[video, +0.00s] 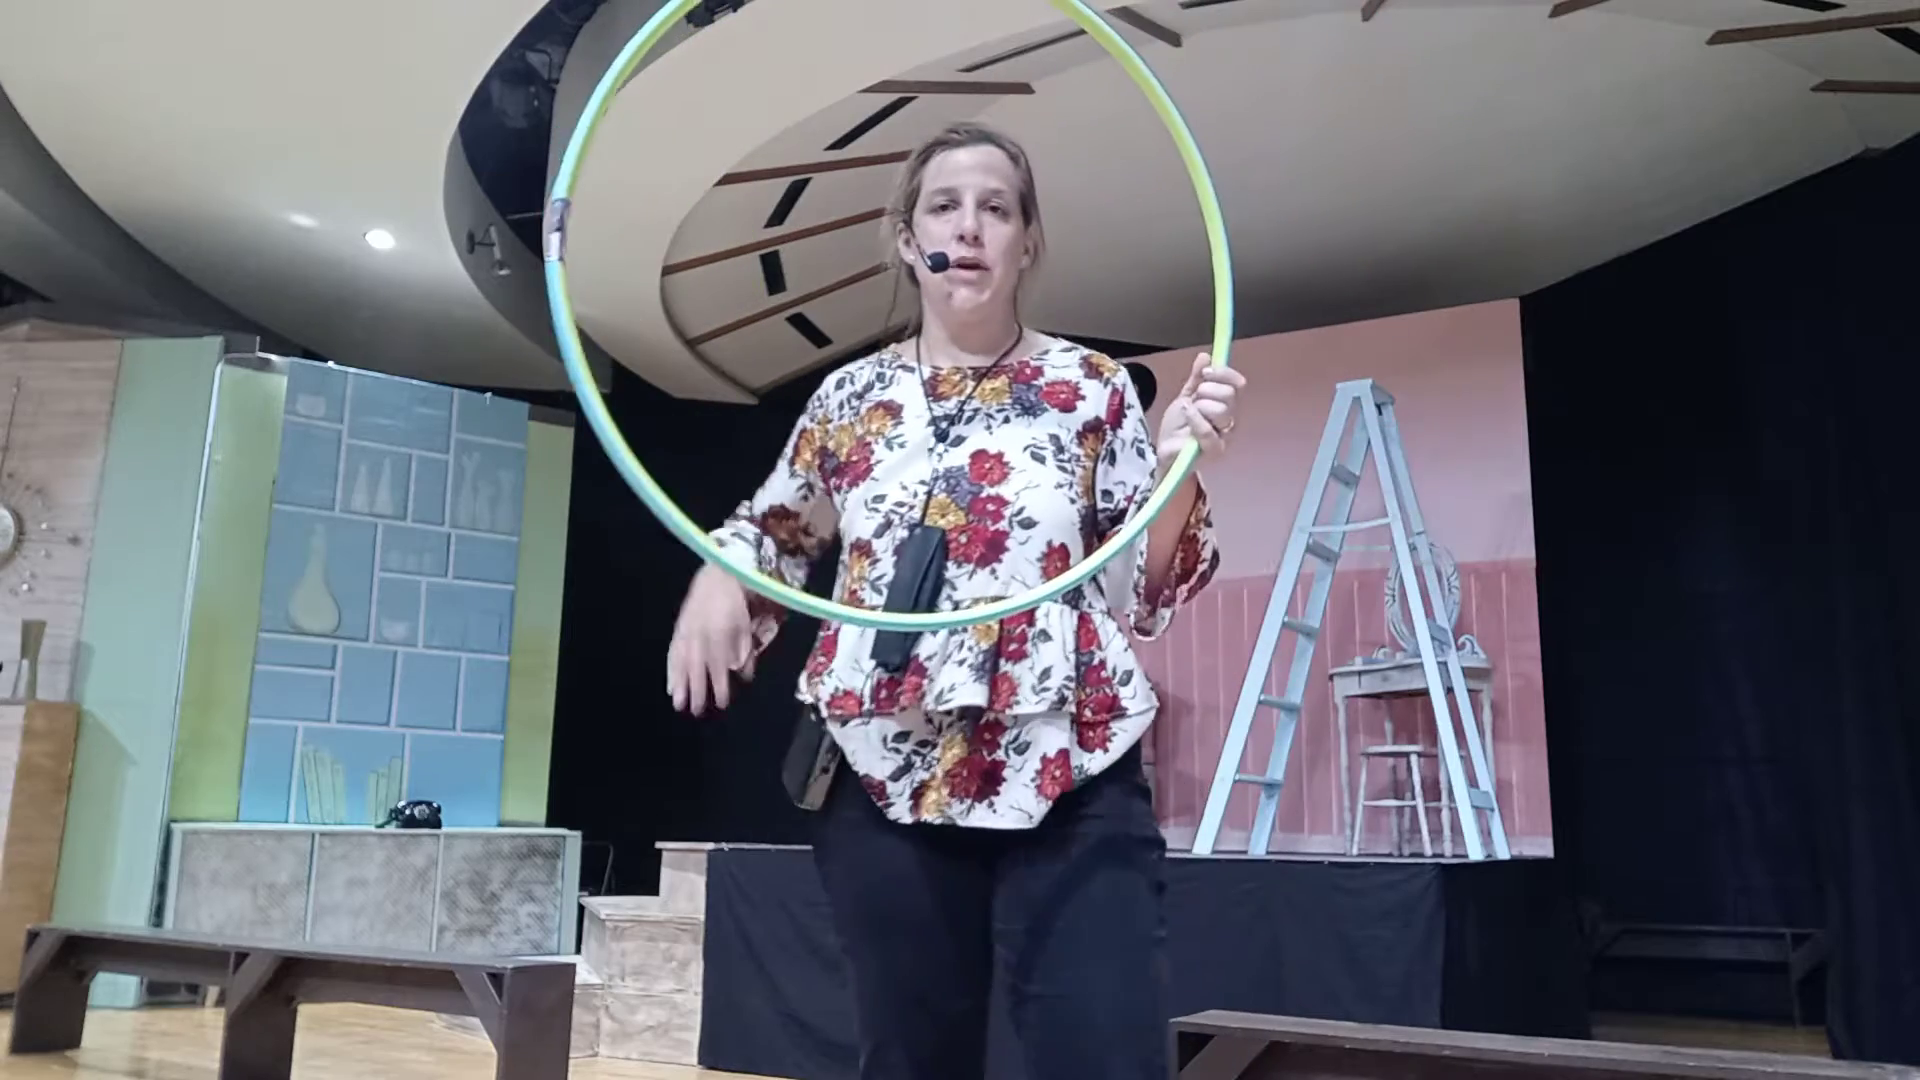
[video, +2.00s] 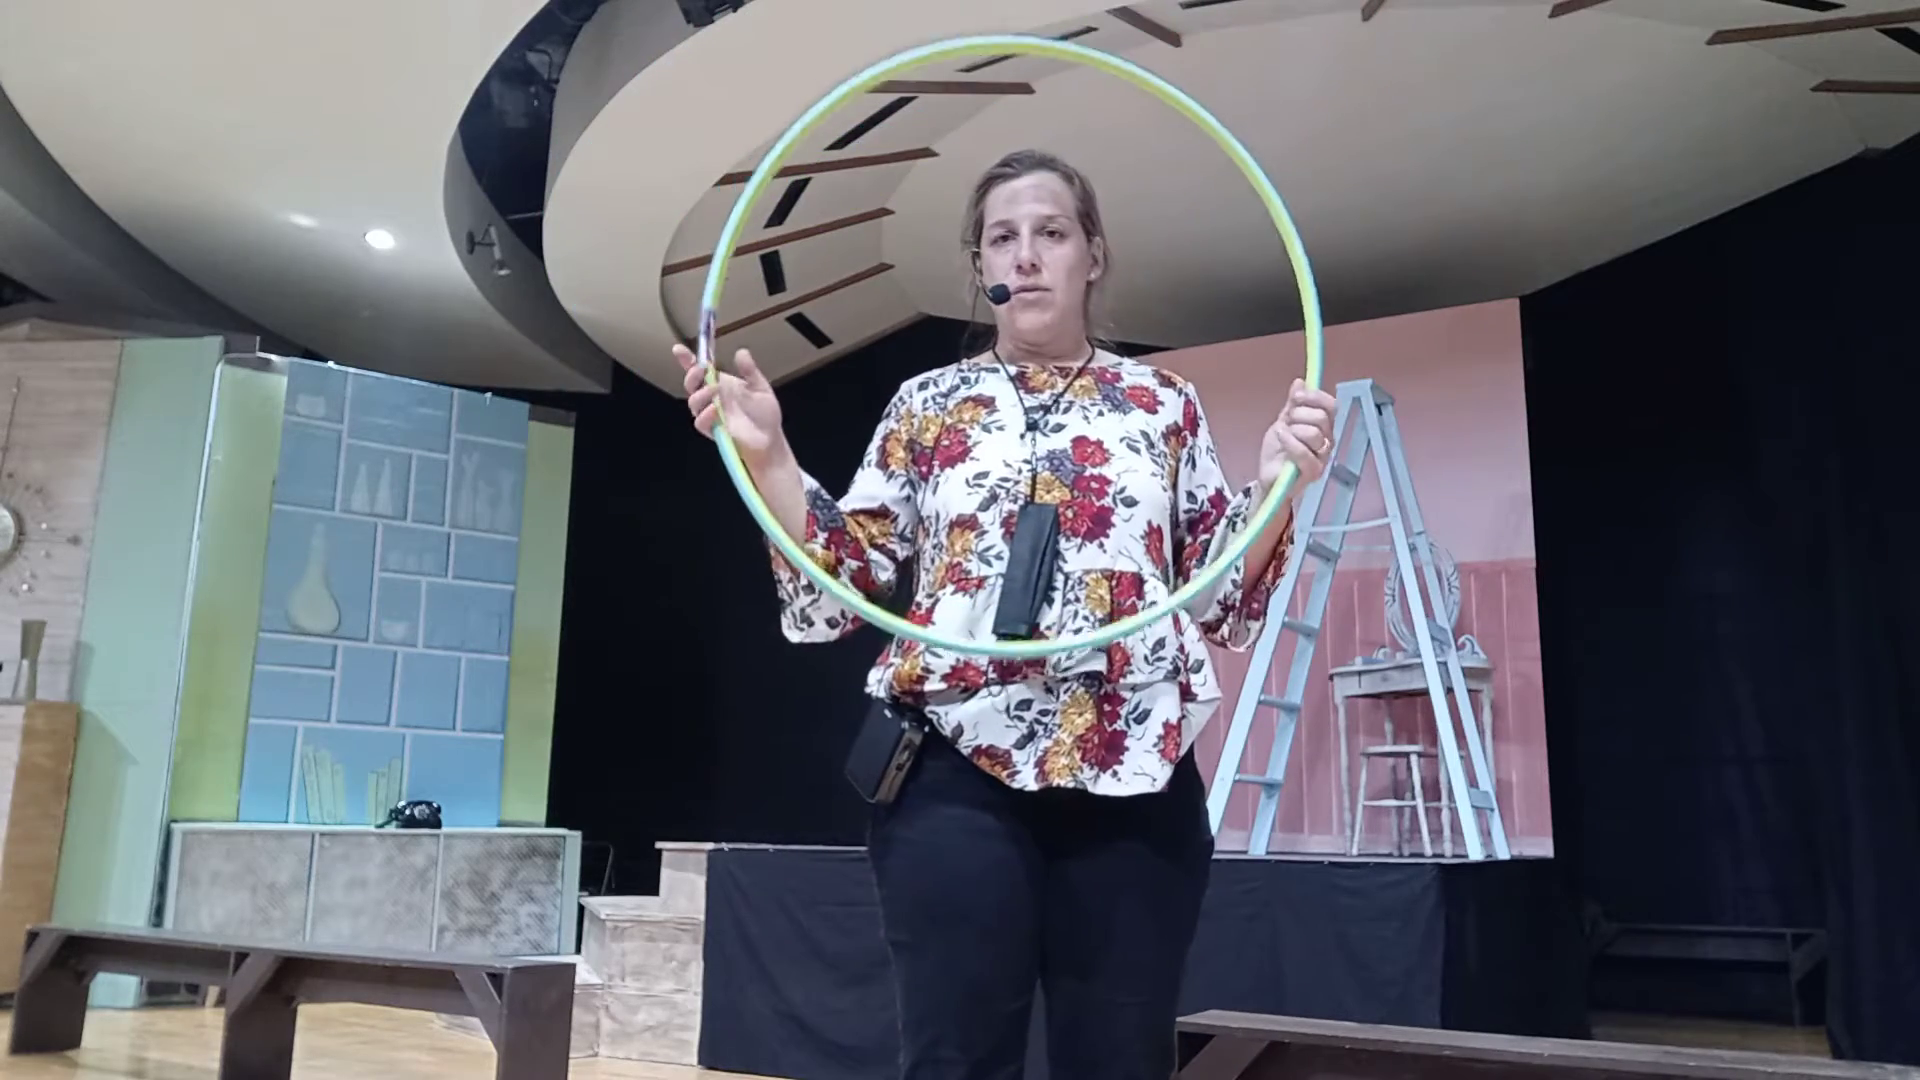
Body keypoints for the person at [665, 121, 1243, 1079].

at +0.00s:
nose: (966, 226)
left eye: (994, 209)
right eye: (942, 206)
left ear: (1029, 244)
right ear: (907, 241)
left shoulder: (1093, 390)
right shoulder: (849, 397)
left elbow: (1145, 592)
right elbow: (776, 533)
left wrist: (1177, 460)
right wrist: (721, 571)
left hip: (1072, 793)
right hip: (890, 798)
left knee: (1101, 1061)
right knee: (911, 1062)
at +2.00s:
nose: (1022, 254)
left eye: (1050, 232)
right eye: (1002, 236)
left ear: (1096, 259)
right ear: (979, 265)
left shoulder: (1164, 403)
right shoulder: (927, 403)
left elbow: (1221, 601)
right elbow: (851, 578)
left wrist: (1276, 481)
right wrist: (766, 454)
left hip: (1131, 797)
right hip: (956, 787)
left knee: (1116, 1063)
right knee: (954, 1060)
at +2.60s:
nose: (999, 250)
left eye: (1024, 230)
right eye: (975, 235)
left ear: (1066, 253)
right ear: (951, 267)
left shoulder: (1141, 397)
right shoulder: (906, 411)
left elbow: (1204, 602)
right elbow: (846, 601)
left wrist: (1258, 506)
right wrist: (742, 508)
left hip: (1110, 798)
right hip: (932, 795)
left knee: (1103, 1062)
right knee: (936, 1061)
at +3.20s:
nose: (936, 263)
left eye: (961, 239)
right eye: (913, 245)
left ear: (1005, 262)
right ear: (888, 273)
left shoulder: (1081, 403)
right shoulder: (843, 425)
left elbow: (1122, 605)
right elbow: (797, 622)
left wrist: (1164, 528)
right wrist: (692, 543)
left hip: (1052, 803)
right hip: (872, 803)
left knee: (1082, 1060)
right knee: (894, 1062)